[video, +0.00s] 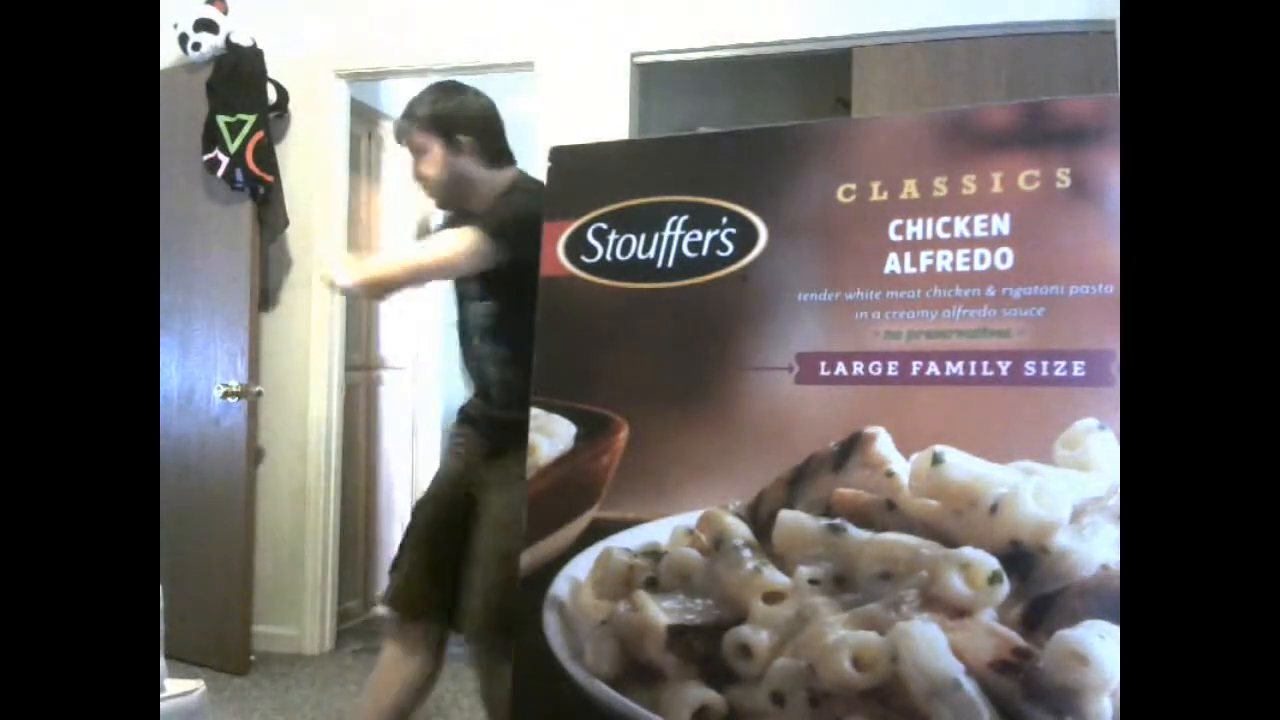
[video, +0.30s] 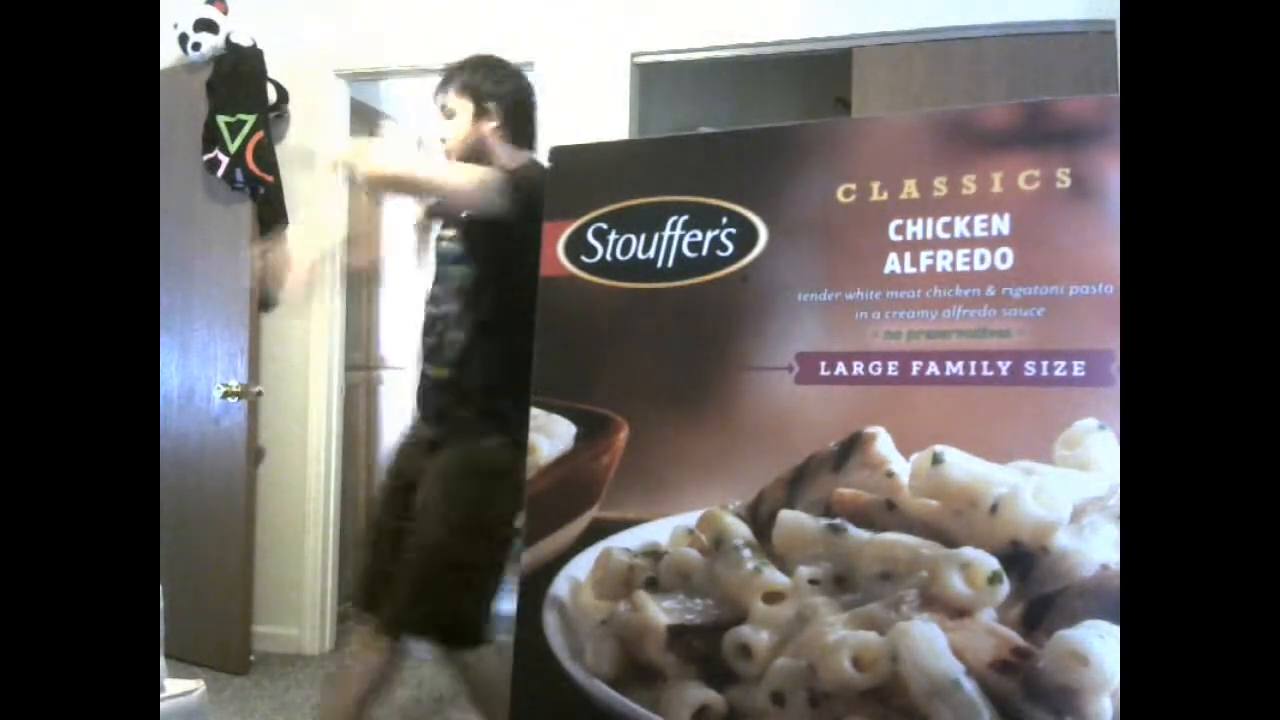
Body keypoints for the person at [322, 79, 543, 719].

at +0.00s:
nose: (415, 172)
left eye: (420, 154)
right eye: (412, 156)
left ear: (460, 145)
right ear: (456, 149)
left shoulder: (525, 206)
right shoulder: (477, 215)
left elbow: (451, 259)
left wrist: (361, 275)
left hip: (534, 439)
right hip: (478, 429)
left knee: (498, 630)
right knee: (415, 613)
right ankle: (374, 713)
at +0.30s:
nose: (438, 130)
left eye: (448, 115)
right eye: (439, 116)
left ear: (491, 117)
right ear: (490, 120)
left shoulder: (525, 184)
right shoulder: (470, 189)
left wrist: (378, 169)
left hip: (485, 441)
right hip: (431, 430)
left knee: (454, 625)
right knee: (377, 615)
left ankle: (509, 714)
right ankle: (336, 712)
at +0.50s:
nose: (443, 112)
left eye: (456, 96)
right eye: (427, 98)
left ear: (480, 102)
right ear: (407, 109)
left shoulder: (517, 188)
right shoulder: (384, 203)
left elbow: (595, 171)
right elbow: (331, 291)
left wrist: (522, 167)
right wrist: (420, 257)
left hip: (494, 424)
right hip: (403, 421)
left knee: (511, 607)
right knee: (331, 597)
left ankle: (532, 719)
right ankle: (288, 717)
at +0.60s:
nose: (443, 108)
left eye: (455, 92)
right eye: (425, 92)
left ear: (472, 100)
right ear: (397, 101)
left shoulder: (492, 179)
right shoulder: (373, 183)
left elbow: (571, 201)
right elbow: (331, 238)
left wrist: (566, 157)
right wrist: (434, 203)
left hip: (481, 420)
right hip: (391, 421)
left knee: (511, 603)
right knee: (327, 607)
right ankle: (282, 717)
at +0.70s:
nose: (421, 99)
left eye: (433, 86)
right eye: (405, 85)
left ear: (452, 98)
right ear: (376, 96)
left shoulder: (468, 179)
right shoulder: (359, 177)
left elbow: (534, 183)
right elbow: (337, 179)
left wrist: (561, 165)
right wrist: (389, 133)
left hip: (456, 423)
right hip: (368, 423)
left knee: (498, 601)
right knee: (308, 609)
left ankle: (521, 714)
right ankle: (273, 715)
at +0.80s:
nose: (393, 86)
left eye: (404, 74)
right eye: (377, 73)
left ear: (422, 82)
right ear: (346, 86)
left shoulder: (430, 173)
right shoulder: (324, 159)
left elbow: (537, 199)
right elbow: (402, 114)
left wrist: (552, 151)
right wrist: (473, 48)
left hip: (420, 413)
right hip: (331, 416)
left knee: (470, 592)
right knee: (288, 610)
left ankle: (495, 716)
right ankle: (269, 719)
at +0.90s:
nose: (404, 88)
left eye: (414, 75)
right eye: (388, 72)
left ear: (422, 89)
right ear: (345, 77)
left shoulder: (424, 171)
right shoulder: (315, 150)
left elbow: (534, 204)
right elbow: (350, 115)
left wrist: (539, 172)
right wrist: (441, 32)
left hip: (411, 407)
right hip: (320, 410)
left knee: (461, 590)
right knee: (286, 609)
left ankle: (490, 717)